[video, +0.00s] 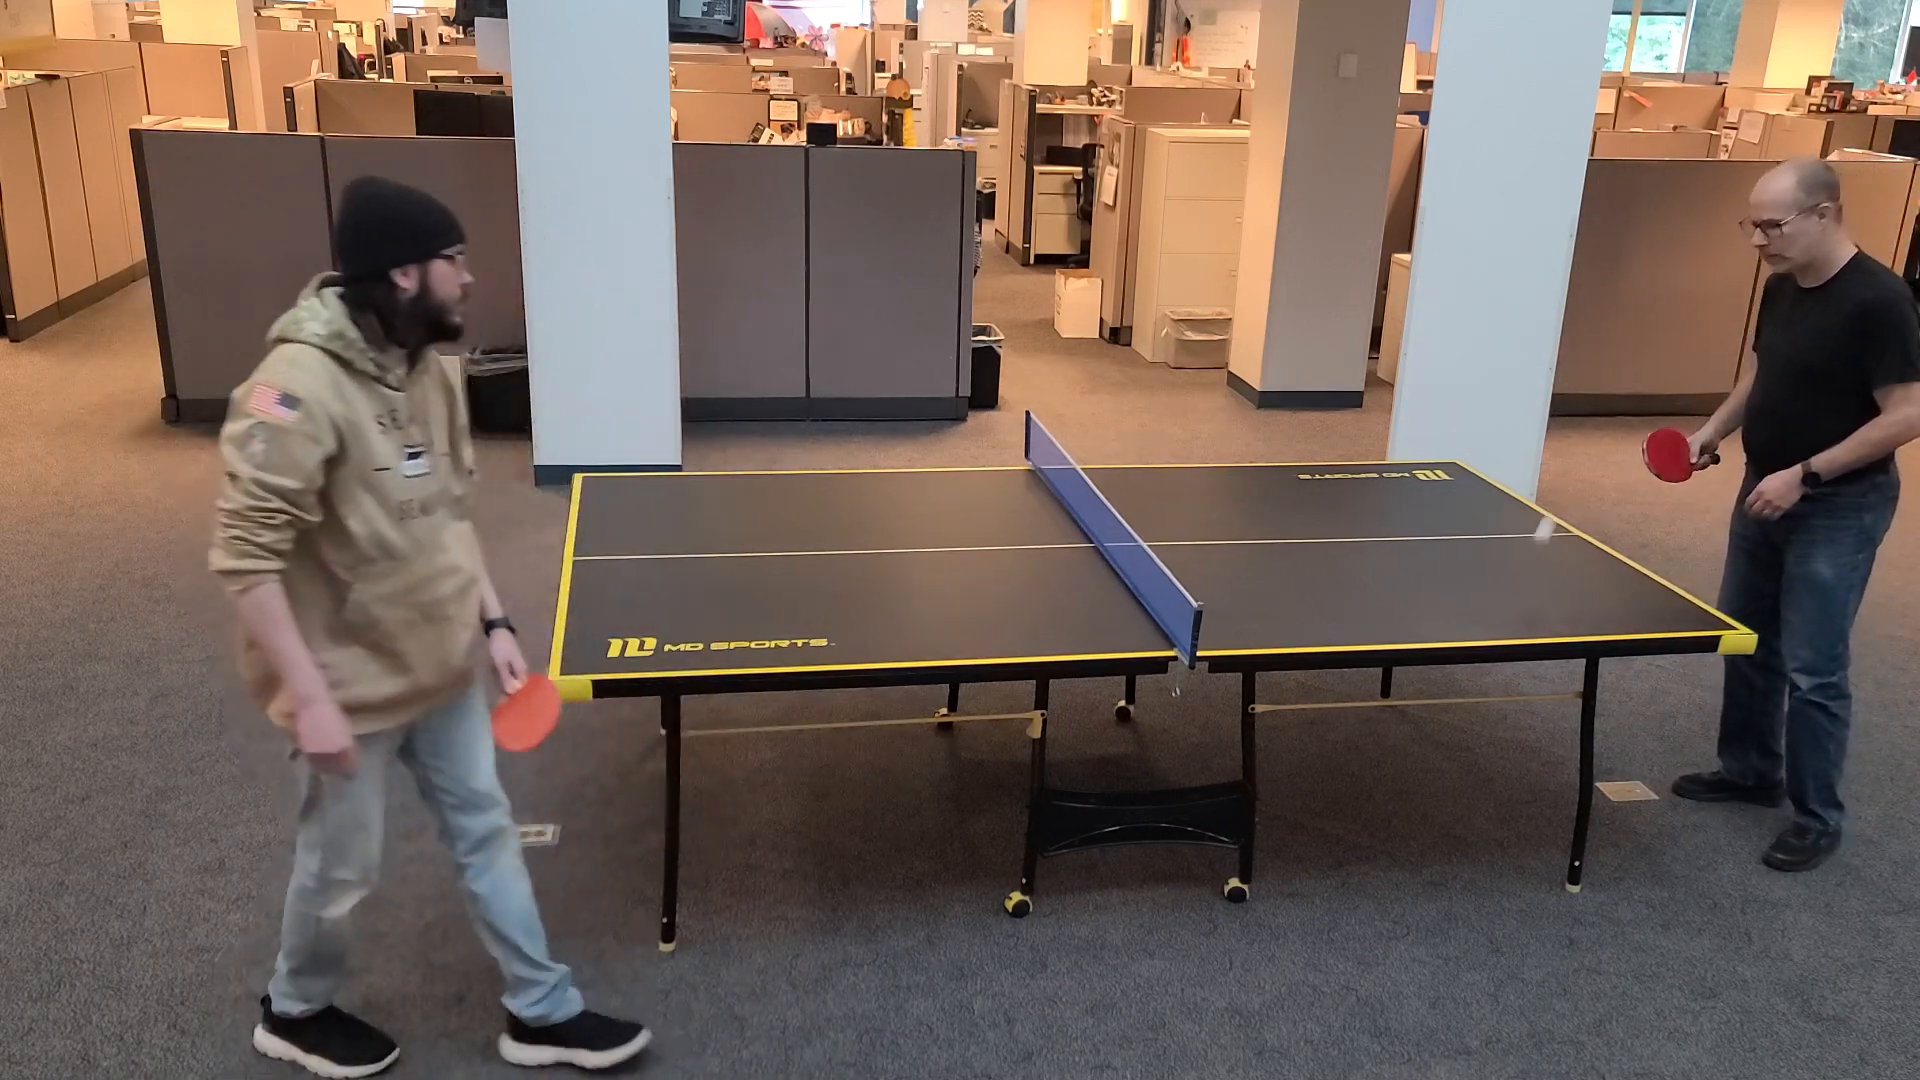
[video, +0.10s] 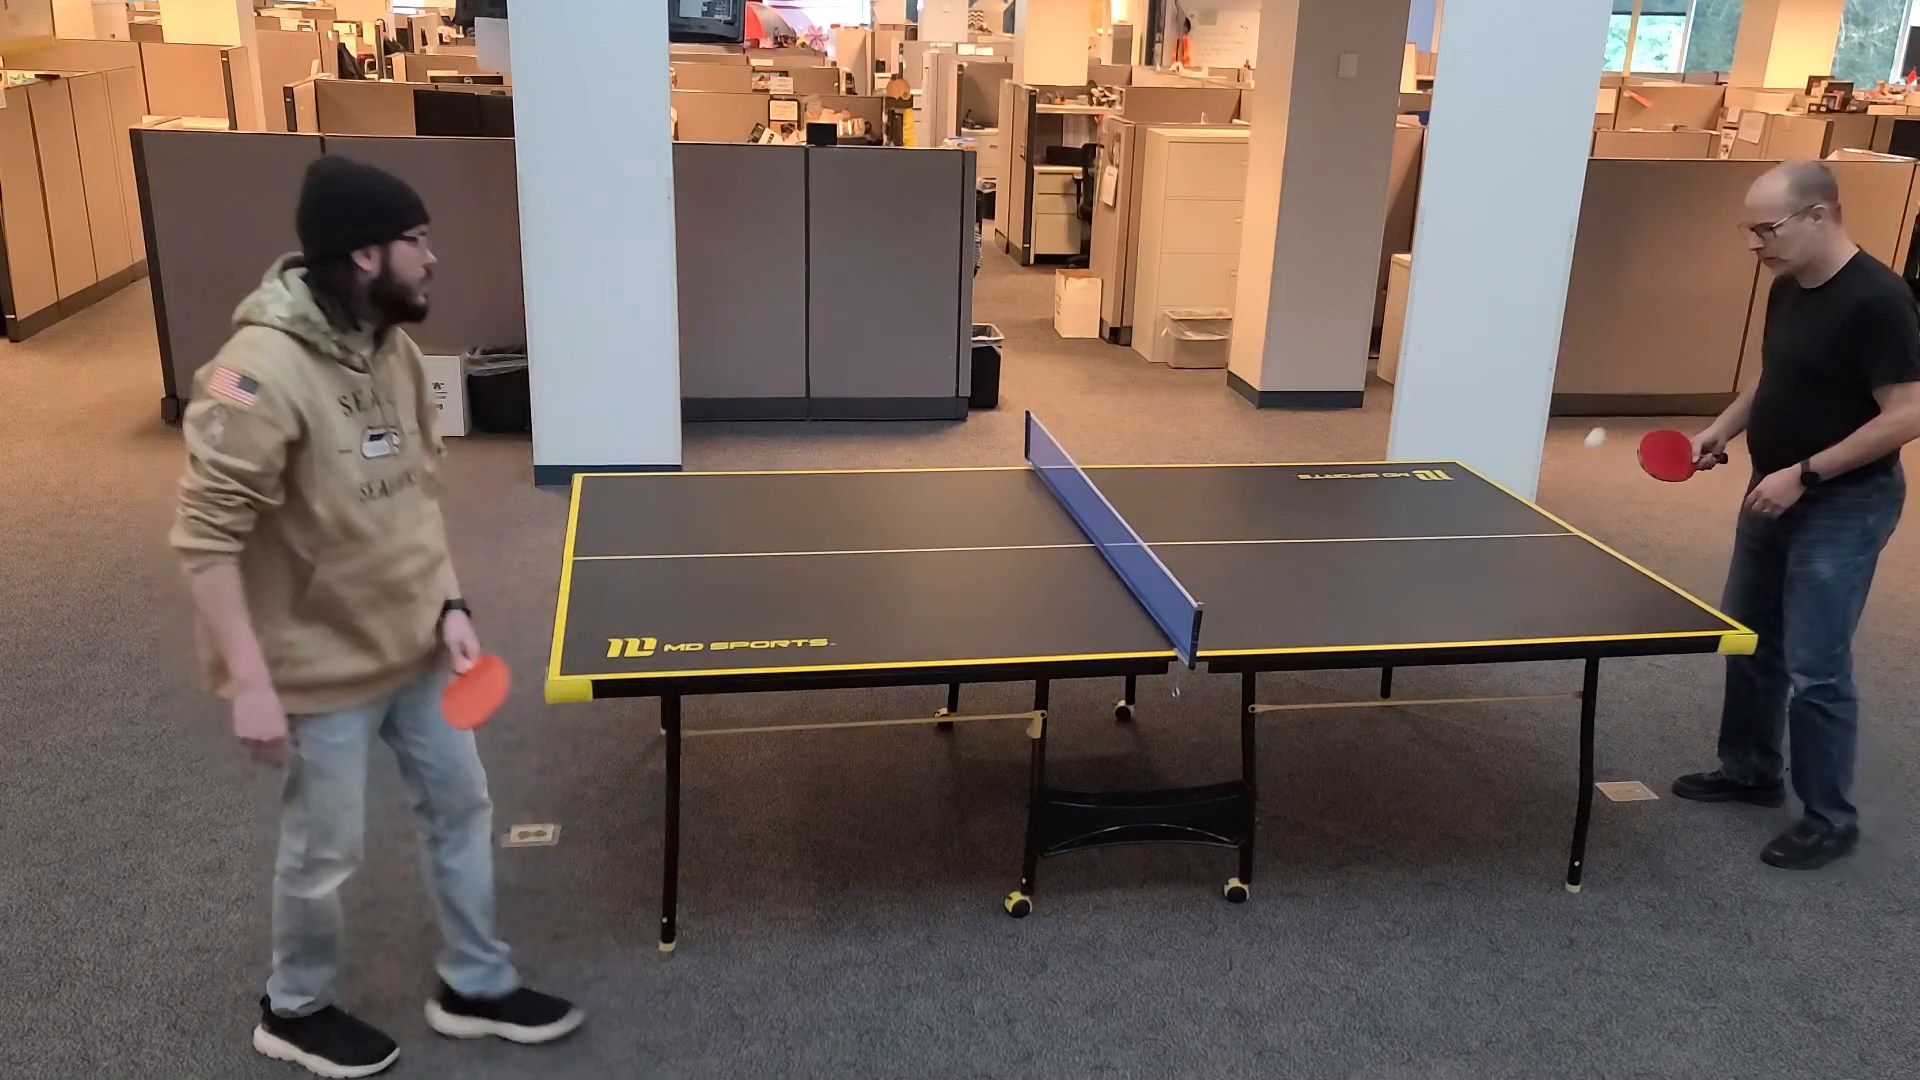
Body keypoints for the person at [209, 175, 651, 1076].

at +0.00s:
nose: (470, 276)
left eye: (465, 259)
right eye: (453, 261)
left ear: (409, 276)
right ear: (399, 277)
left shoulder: (431, 362)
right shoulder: (297, 385)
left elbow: (445, 512)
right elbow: (244, 556)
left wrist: (496, 624)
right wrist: (309, 698)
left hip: (438, 652)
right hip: (347, 673)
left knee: (487, 833)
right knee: (340, 864)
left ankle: (542, 1009)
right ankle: (294, 1010)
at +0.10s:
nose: (431, 255)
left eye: (426, 238)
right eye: (414, 241)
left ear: (367, 256)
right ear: (359, 257)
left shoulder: (391, 348)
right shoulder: (260, 373)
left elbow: (415, 493)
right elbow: (204, 536)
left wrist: (447, 601)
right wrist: (250, 683)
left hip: (410, 639)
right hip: (321, 660)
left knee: (460, 806)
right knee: (325, 845)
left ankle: (475, 984)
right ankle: (293, 1006)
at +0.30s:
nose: (375, 234)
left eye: (369, 216)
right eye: (357, 220)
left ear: (316, 233)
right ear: (300, 237)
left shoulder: (352, 330)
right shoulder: (208, 351)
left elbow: (382, 466)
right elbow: (146, 509)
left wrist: (405, 578)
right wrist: (197, 644)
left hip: (373, 616)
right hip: (278, 639)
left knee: (402, 758)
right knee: (293, 831)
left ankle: (350, 876)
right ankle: (291, 1002)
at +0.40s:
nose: (358, 233)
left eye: (353, 215)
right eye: (339, 219)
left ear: (303, 231)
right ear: (281, 234)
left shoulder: (341, 330)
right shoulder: (190, 349)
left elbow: (373, 465)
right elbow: (132, 503)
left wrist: (395, 578)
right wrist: (188, 635)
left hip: (353, 609)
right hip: (261, 631)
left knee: (354, 752)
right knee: (291, 824)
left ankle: (313, 856)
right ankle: (293, 1001)